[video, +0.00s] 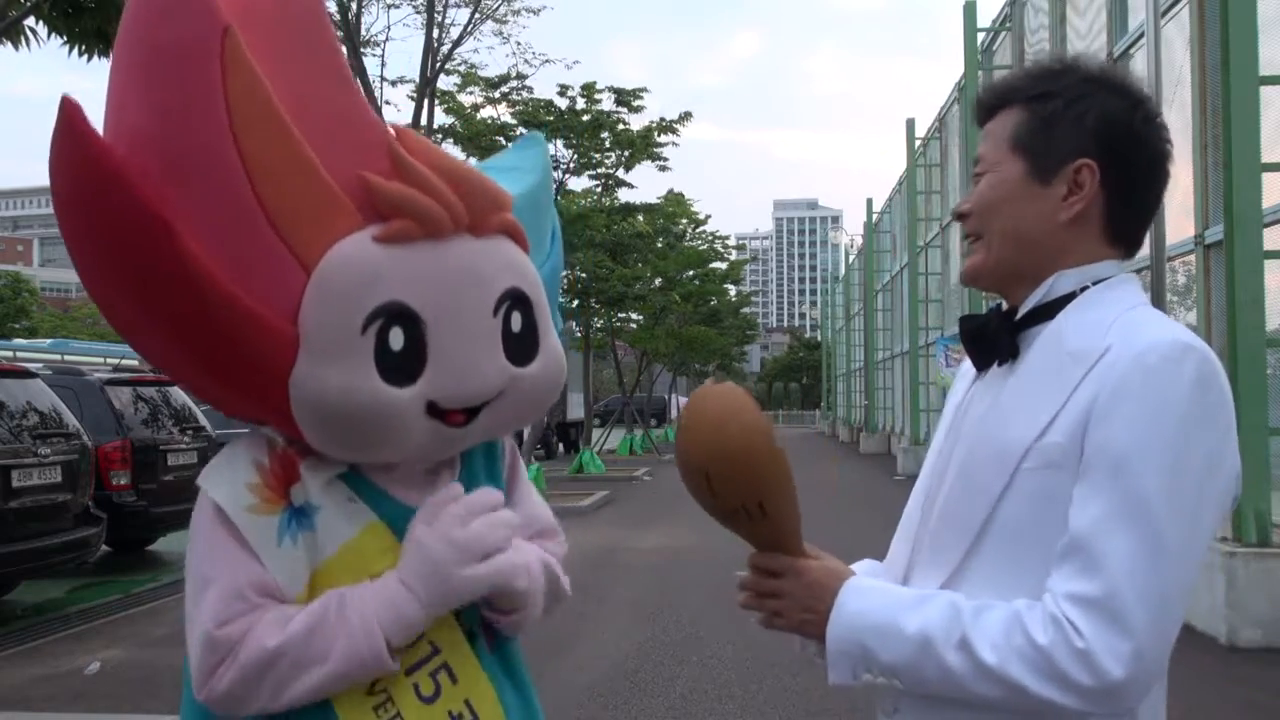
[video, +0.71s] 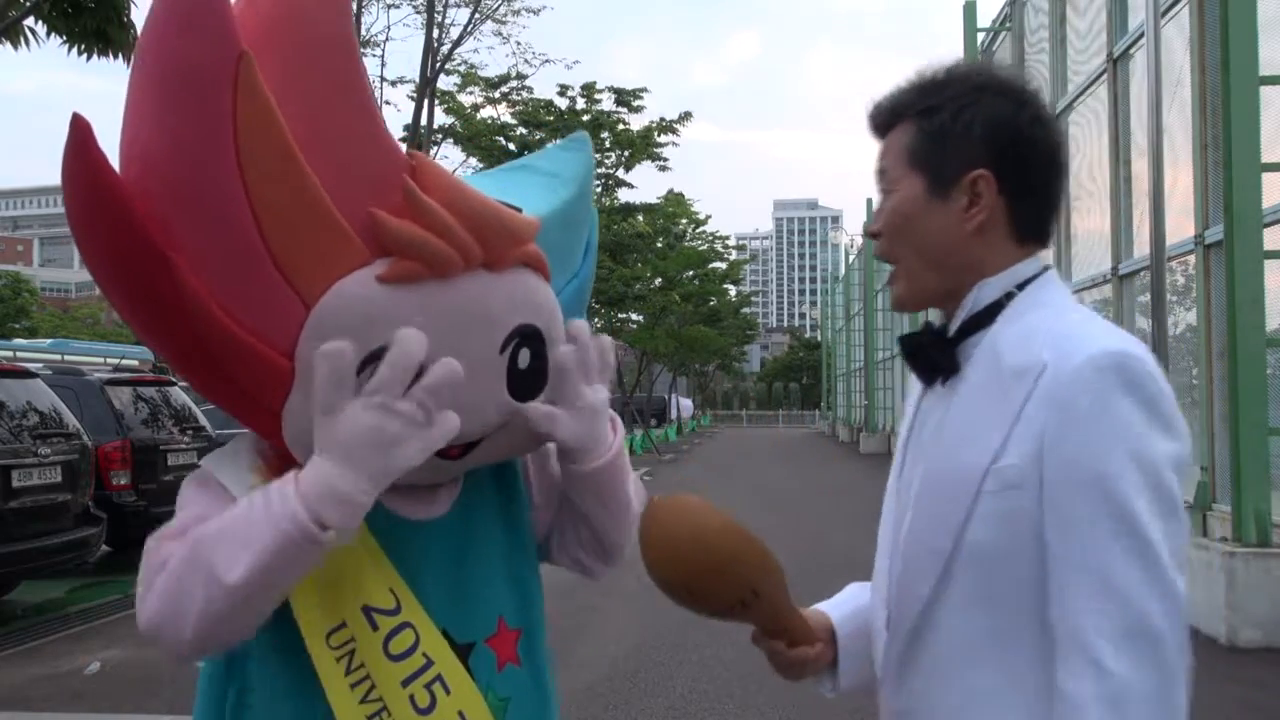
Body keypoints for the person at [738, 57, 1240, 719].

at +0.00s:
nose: (960, 206)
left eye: (983, 173)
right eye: (971, 179)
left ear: (1074, 189)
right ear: (1073, 192)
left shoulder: (1157, 364)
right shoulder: (991, 362)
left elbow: (1099, 656)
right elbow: (951, 569)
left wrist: (851, 615)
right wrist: (839, 588)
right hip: (916, 703)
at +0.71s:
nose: (871, 228)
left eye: (887, 191)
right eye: (879, 195)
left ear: (974, 199)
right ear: (970, 202)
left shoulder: (1092, 373)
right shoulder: (947, 365)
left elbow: (1125, 680)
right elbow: (940, 582)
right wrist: (834, 631)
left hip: (1011, 707)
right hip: (915, 706)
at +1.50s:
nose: (935, 222)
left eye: (954, 186)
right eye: (943, 190)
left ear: (1042, 198)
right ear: (1035, 200)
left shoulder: (1142, 356)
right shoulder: (1011, 356)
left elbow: (1139, 668)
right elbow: (964, 551)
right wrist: (823, 574)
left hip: (1020, 705)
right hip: (931, 701)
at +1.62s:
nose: (979, 226)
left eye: (996, 190)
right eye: (985, 194)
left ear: (1090, 203)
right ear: (1085, 205)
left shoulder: (1159, 373)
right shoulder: (1074, 354)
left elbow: (1131, 691)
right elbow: (931, 458)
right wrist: (800, 379)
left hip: (1011, 708)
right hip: (934, 696)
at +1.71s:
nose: (998, 234)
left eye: (1017, 198)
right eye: (1007, 202)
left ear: (1115, 208)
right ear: (1114, 211)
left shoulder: (1158, 385)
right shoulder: (1093, 356)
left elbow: (1134, 700)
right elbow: (949, 369)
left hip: (990, 706)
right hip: (932, 699)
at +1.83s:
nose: (999, 228)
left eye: (1019, 195)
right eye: (1008, 199)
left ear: (1118, 208)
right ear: (1117, 211)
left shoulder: (1153, 390)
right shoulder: (1076, 351)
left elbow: (1143, 701)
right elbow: (988, 288)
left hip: (986, 704)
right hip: (930, 696)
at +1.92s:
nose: (993, 223)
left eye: (1011, 189)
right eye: (1002, 191)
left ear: (1109, 204)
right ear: (1108, 207)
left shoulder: (1149, 389)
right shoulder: (1085, 347)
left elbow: (1141, 700)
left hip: (985, 704)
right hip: (923, 694)